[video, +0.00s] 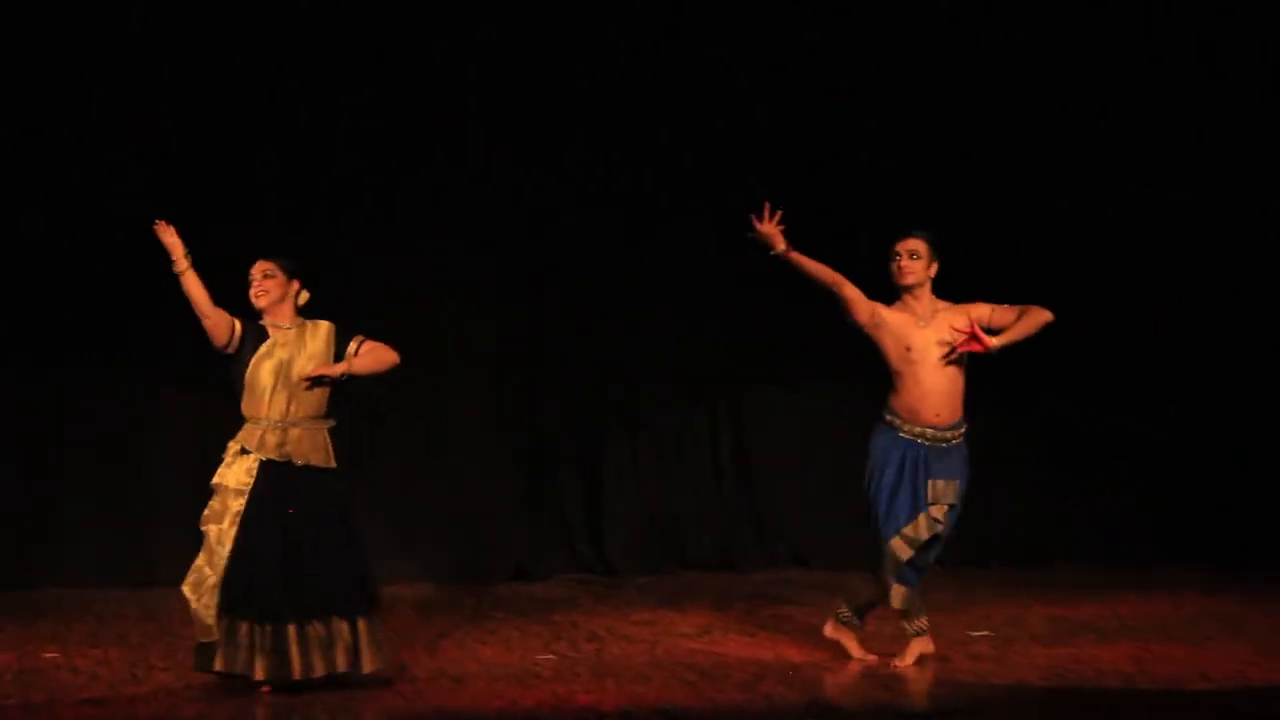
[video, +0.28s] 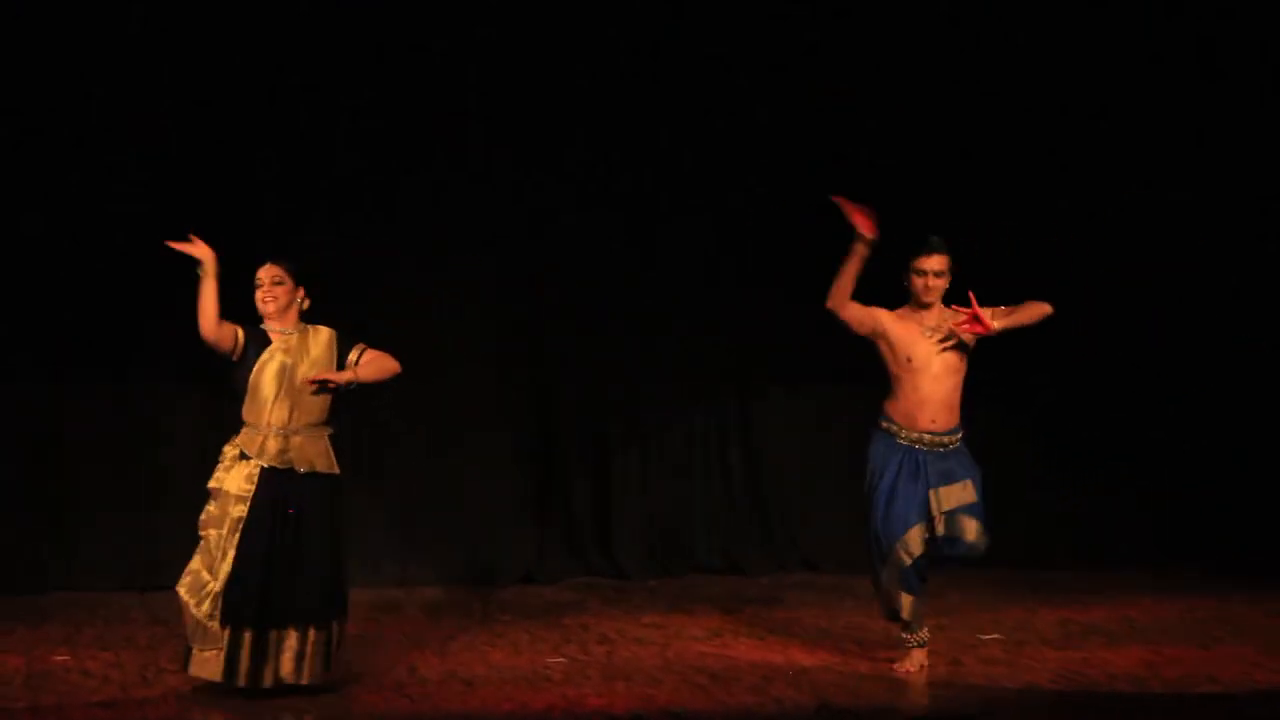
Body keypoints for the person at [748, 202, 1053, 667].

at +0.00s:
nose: (902, 264)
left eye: (912, 257)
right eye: (897, 258)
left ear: (933, 268)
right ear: (892, 270)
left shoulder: (964, 315)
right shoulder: (881, 318)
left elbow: (1040, 315)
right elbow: (837, 283)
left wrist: (998, 340)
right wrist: (783, 251)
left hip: (949, 444)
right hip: (898, 438)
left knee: (928, 538)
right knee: (897, 536)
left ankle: (847, 618)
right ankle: (918, 633)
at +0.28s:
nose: (930, 281)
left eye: (938, 274)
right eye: (921, 274)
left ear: (950, 279)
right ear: (908, 277)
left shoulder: (967, 320)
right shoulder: (887, 323)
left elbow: (1042, 309)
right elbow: (837, 303)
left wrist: (990, 325)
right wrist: (861, 247)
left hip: (949, 449)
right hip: (898, 448)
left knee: (967, 537)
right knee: (905, 547)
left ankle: (899, 559)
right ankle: (914, 640)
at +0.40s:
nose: (940, 291)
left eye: (947, 283)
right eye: (932, 283)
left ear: (954, 280)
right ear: (913, 279)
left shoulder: (966, 313)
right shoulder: (891, 321)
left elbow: (1039, 298)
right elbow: (837, 316)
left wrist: (996, 324)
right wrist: (897, 299)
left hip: (953, 439)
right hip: (901, 439)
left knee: (975, 521)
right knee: (906, 543)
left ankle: (925, 550)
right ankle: (916, 640)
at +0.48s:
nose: (942, 289)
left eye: (950, 281)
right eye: (934, 281)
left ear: (958, 275)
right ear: (915, 274)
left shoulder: (971, 307)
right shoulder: (897, 308)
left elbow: (1044, 303)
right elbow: (841, 320)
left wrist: (1000, 333)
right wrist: (899, 336)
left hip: (958, 431)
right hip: (905, 433)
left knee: (974, 524)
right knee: (907, 538)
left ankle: (938, 583)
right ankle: (917, 640)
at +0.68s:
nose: (948, 289)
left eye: (956, 281)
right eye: (940, 282)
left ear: (964, 273)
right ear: (921, 275)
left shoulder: (977, 304)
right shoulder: (896, 311)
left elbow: (1047, 289)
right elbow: (839, 345)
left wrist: (1007, 321)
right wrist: (898, 356)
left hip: (968, 432)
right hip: (917, 434)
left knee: (972, 536)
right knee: (934, 536)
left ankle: (957, 640)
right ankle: (923, 617)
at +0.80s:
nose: (939, 283)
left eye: (948, 275)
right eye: (931, 274)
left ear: (961, 277)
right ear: (920, 275)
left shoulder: (978, 305)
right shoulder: (897, 320)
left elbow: (1029, 254)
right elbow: (838, 375)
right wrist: (868, 344)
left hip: (966, 437)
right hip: (914, 440)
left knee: (975, 538)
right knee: (924, 544)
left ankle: (960, 630)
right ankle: (927, 645)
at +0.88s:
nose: (925, 272)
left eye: (936, 265)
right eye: (923, 263)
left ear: (959, 269)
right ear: (918, 265)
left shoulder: (981, 302)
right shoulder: (897, 320)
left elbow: (1013, 236)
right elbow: (844, 368)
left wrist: (980, 195)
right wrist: (824, 328)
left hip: (967, 438)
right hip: (914, 440)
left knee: (977, 537)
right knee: (920, 542)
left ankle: (963, 628)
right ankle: (923, 647)